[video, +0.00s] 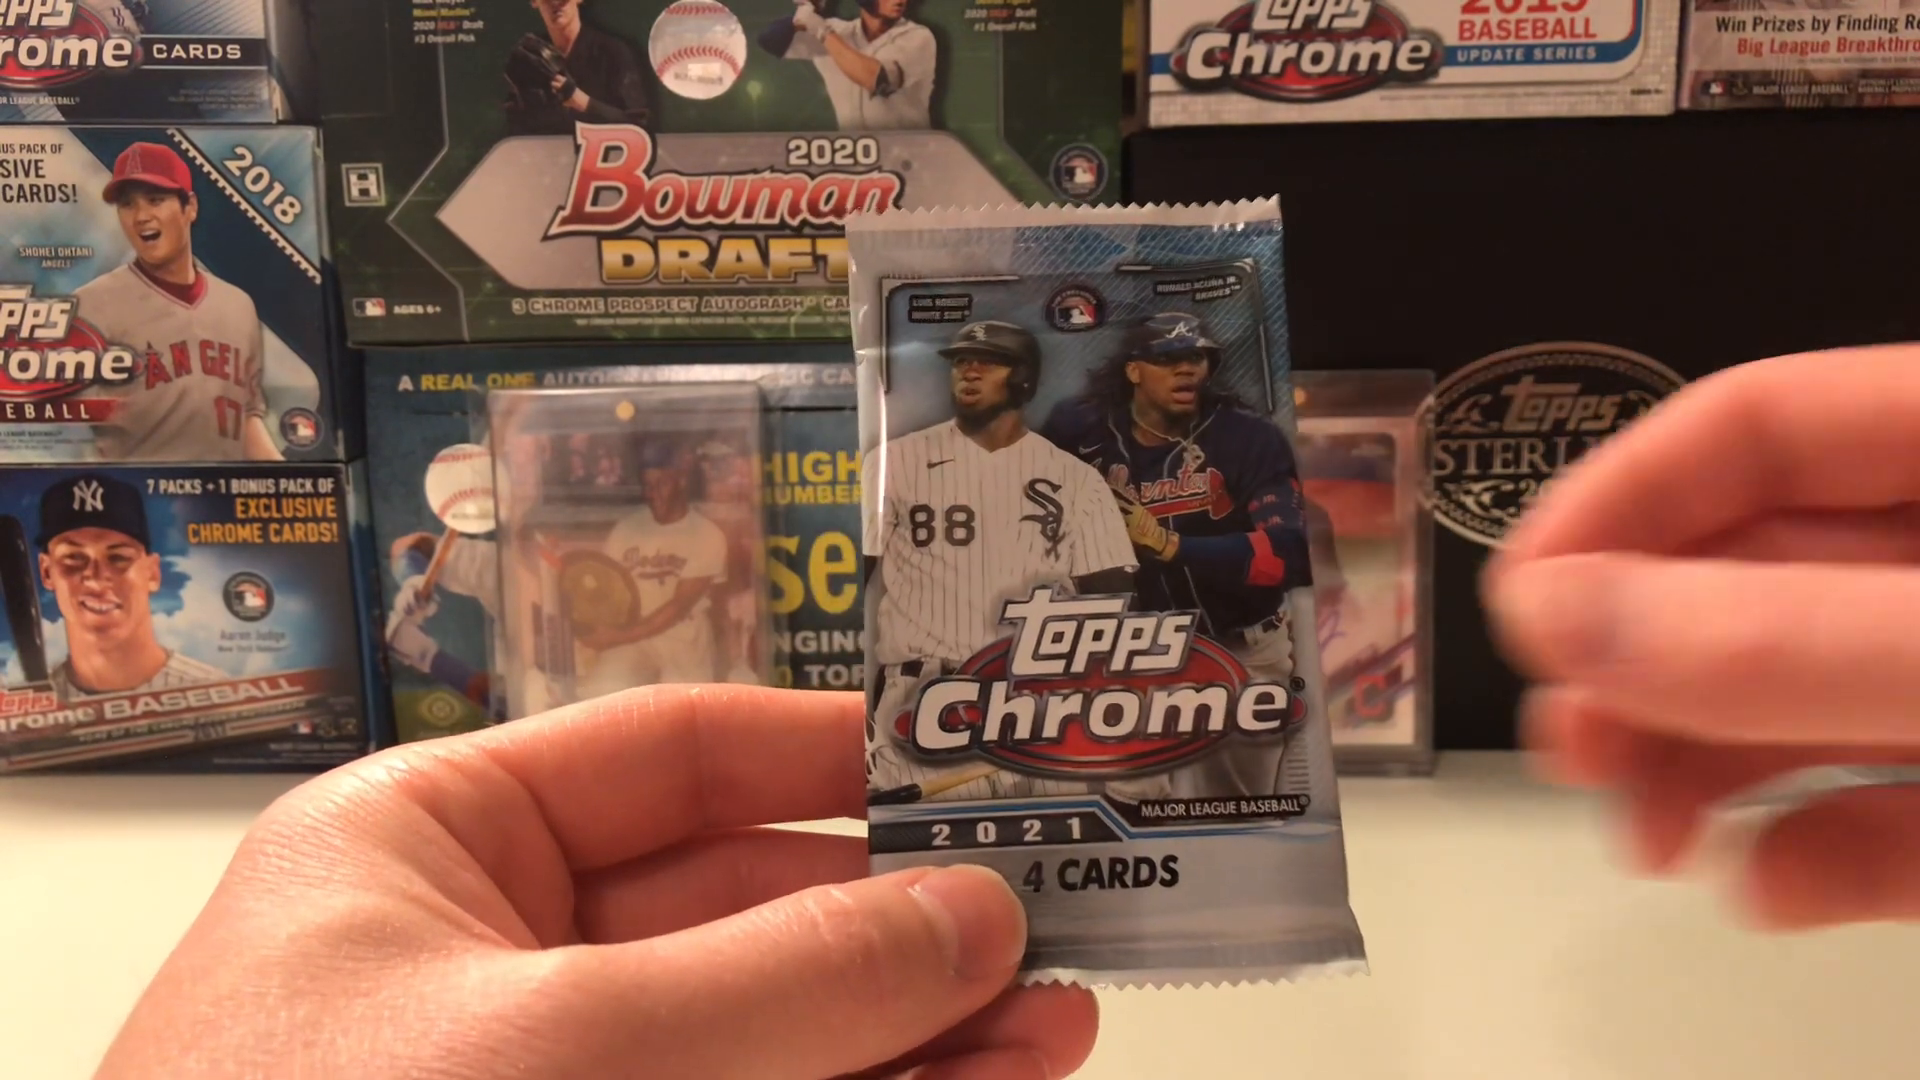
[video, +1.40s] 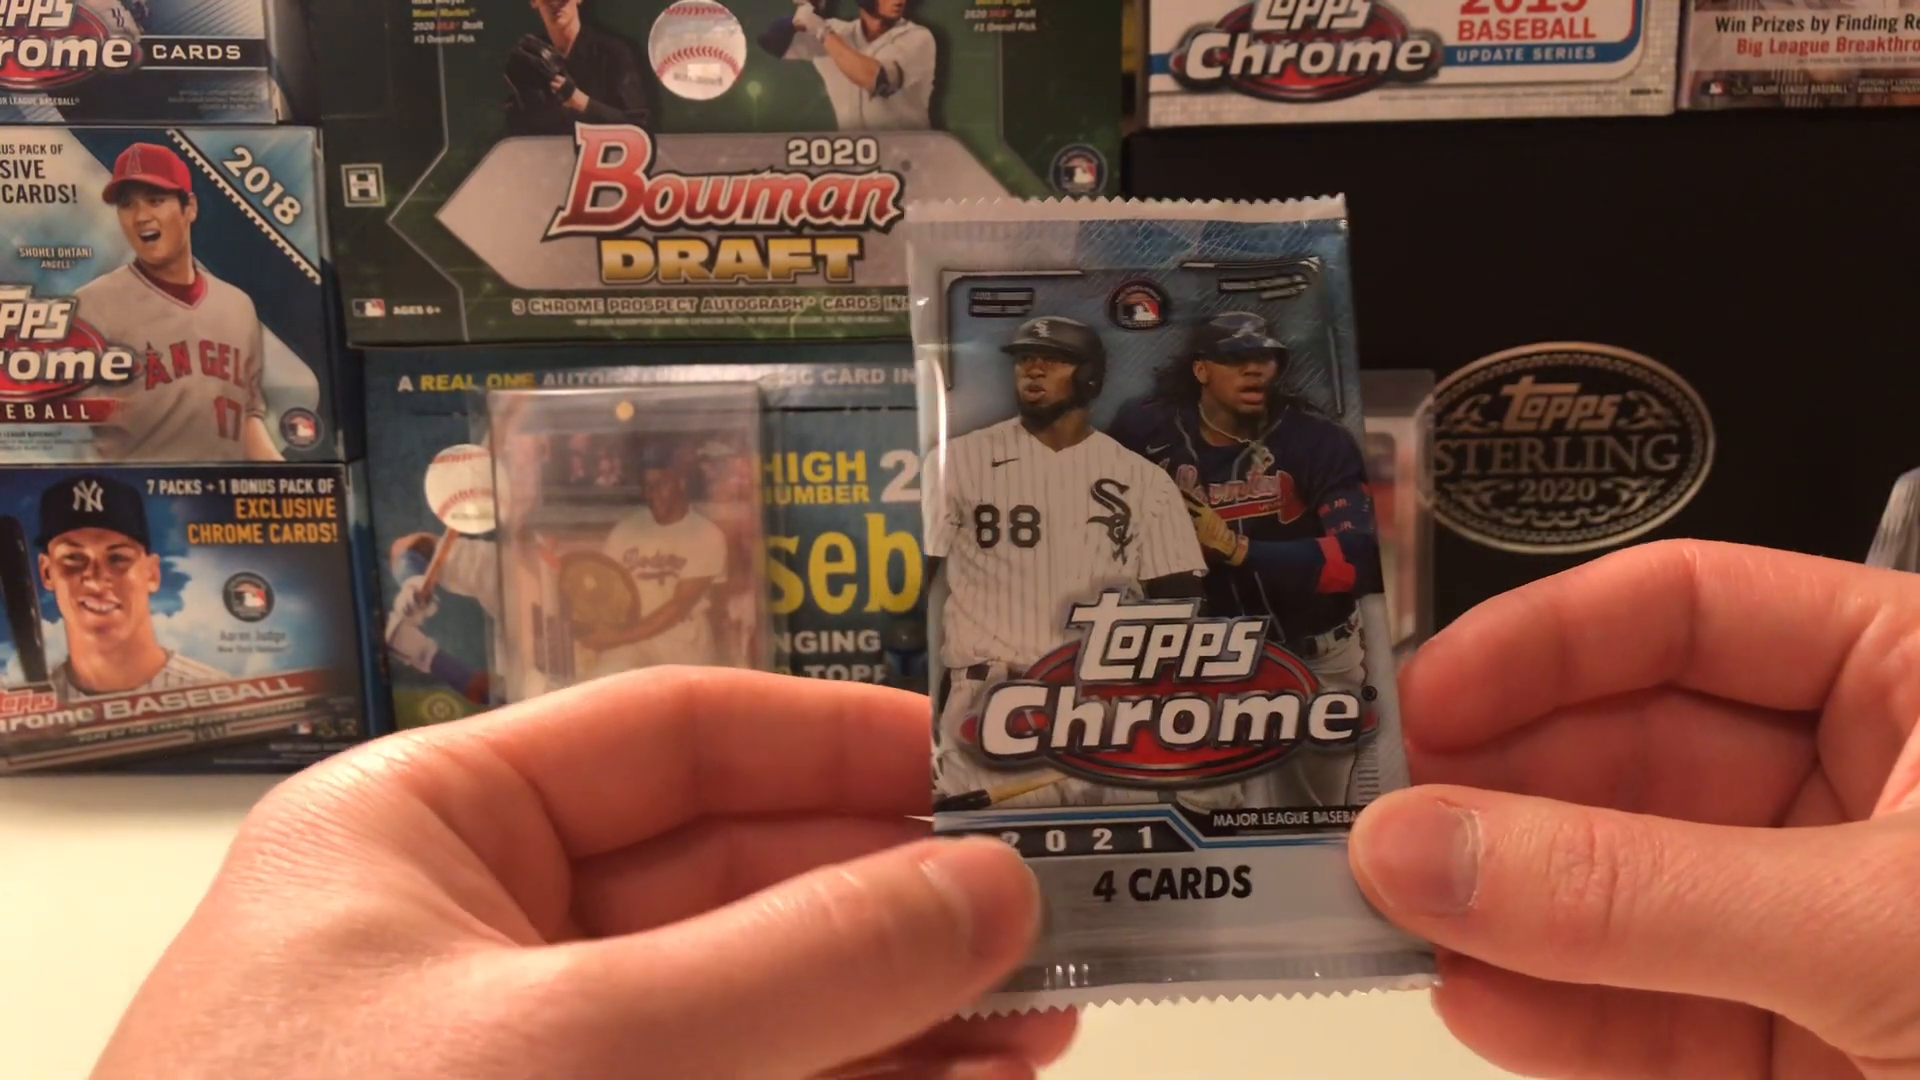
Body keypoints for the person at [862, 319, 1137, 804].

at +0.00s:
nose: (968, 373)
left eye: (986, 363)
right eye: (961, 362)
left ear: (1020, 378)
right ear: (951, 372)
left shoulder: (1076, 481)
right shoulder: (892, 465)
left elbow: (1110, 603)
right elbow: (849, 586)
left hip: (1033, 710)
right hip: (912, 709)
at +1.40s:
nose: (1032, 370)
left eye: (1051, 360)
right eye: (1025, 359)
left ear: (1087, 377)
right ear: (1014, 369)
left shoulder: (1145, 483)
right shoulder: (957, 464)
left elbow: (1178, 611)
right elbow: (910, 593)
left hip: (1100, 716)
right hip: (979, 714)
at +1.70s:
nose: (1028, 369)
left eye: (1046, 359)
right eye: (1021, 358)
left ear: (1083, 375)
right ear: (1010, 368)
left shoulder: (1139, 478)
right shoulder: (951, 462)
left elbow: (1172, 606)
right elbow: (912, 588)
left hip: (1099, 717)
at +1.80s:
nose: (1038, 376)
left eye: (1055, 366)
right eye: (1031, 365)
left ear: (1091, 382)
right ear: (1020, 375)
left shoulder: (1147, 485)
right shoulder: (959, 468)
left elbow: (1183, 611)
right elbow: (934, 593)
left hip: (1102, 711)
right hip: (982, 710)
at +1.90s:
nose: (1045, 379)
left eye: (1062, 368)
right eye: (1037, 368)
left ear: (1098, 384)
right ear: (1027, 378)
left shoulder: (1156, 486)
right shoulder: (970, 471)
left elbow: (1191, 613)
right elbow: (946, 594)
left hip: (1111, 714)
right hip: (993, 714)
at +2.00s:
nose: (1044, 357)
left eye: (1063, 343)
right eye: (1035, 345)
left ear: (1102, 353)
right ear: (1023, 355)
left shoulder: (1168, 462)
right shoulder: (980, 462)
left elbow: (1210, 591)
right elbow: (972, 593)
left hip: (1142, 732)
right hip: (1022, 738)